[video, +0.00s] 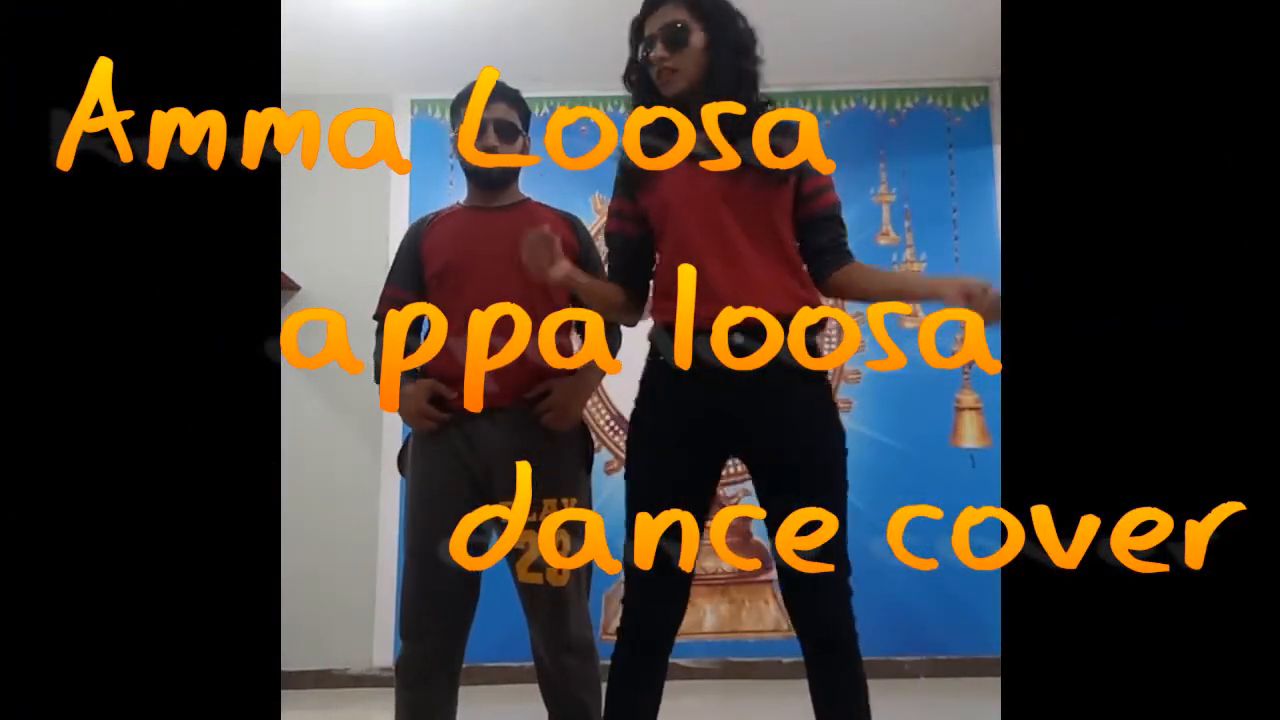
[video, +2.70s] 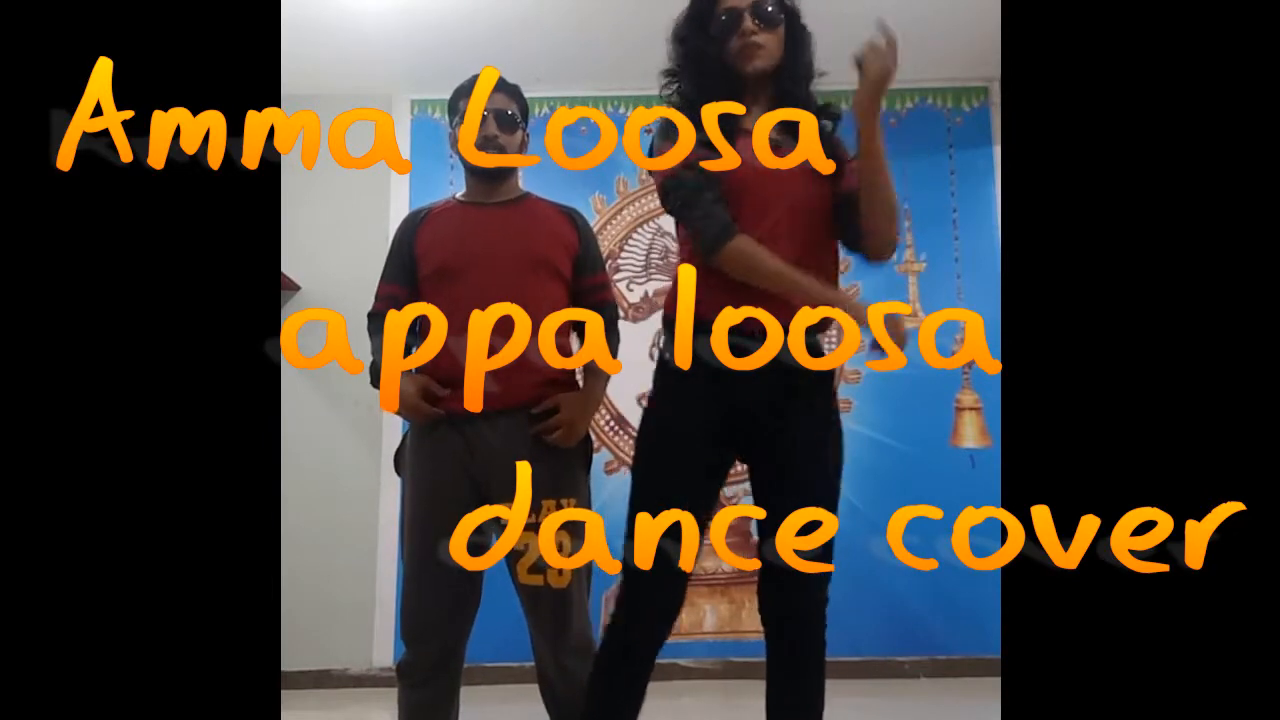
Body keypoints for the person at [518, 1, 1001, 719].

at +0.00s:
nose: (655, 56)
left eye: (673, 36)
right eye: (645, 46)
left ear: (721, 40)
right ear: (640, 65)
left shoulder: (782, 135)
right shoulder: (645, 148)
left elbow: (835, 271)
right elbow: (627, 301)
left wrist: (949, 289)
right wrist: (570, 276)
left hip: (787, 388)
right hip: (679, 389)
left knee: (821, 603)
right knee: (651, 604)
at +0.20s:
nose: (694, 48)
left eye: (711, 30)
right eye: (675, 39)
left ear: (744, 44)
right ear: (659, 62)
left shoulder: (790, 132)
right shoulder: (655, 150)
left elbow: (868, 253)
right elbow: (632, 298)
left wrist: (953, 164)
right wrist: (560, 207)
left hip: (797, 388)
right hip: (689, 390)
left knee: (824, 598)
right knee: (643, 603)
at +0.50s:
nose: (710, 47)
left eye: (727, 32)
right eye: (691, 36)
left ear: (755, 47)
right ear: (670, 55)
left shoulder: (789, 134)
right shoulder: (659, 147)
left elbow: (888, 186)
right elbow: (617, 285)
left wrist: (885, 63)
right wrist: (562, 182)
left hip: (767, 380)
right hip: (664, 378)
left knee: (802, 592)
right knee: (637, 594)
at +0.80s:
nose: (714, 57)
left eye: (730, 38)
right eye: (695, 45)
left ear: (760, 45)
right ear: (674, 57)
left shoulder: (784, 133)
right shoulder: (654, 140)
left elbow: (868, 176)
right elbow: (639, 269)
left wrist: (829, 72)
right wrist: (686, 196)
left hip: (777, 383)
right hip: (674, 383)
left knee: (800, 596)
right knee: (646, 598)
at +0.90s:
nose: (720, 58)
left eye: (735, 40)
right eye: (700, 46)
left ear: (765, 47)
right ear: (679, 59)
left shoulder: (792, 137)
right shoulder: (662, 137)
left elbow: (876, 168)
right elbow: (664, 259)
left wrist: (827, 72)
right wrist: (749, 190)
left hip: (787, 387)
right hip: (683, 387)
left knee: (805, 593)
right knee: (635, 589)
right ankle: (604, 719)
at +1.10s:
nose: (735, 55)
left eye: (751, 35)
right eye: (715, 43)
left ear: (781, 38)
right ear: (693, 57)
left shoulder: (819, 125)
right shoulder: (686, 135)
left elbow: (902, 149)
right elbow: (731, 247)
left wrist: (845, 56)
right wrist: (861, 199)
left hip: (768, 379)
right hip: (672, 371)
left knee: (786, 585)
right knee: (628, 570)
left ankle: (790, 719)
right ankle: (576, 716)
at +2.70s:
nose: (749, 29)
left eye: (764, 17)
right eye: (730, 19)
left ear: (788, 34)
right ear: (707, 41)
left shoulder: (820, 130)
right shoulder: (681, 126)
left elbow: (878, 242)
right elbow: (715, 240)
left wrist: (869, 122)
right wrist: (832, 298)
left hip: (799, 384)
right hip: (696, 383)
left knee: (799, 597)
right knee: (651, 593)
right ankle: (601, 718)